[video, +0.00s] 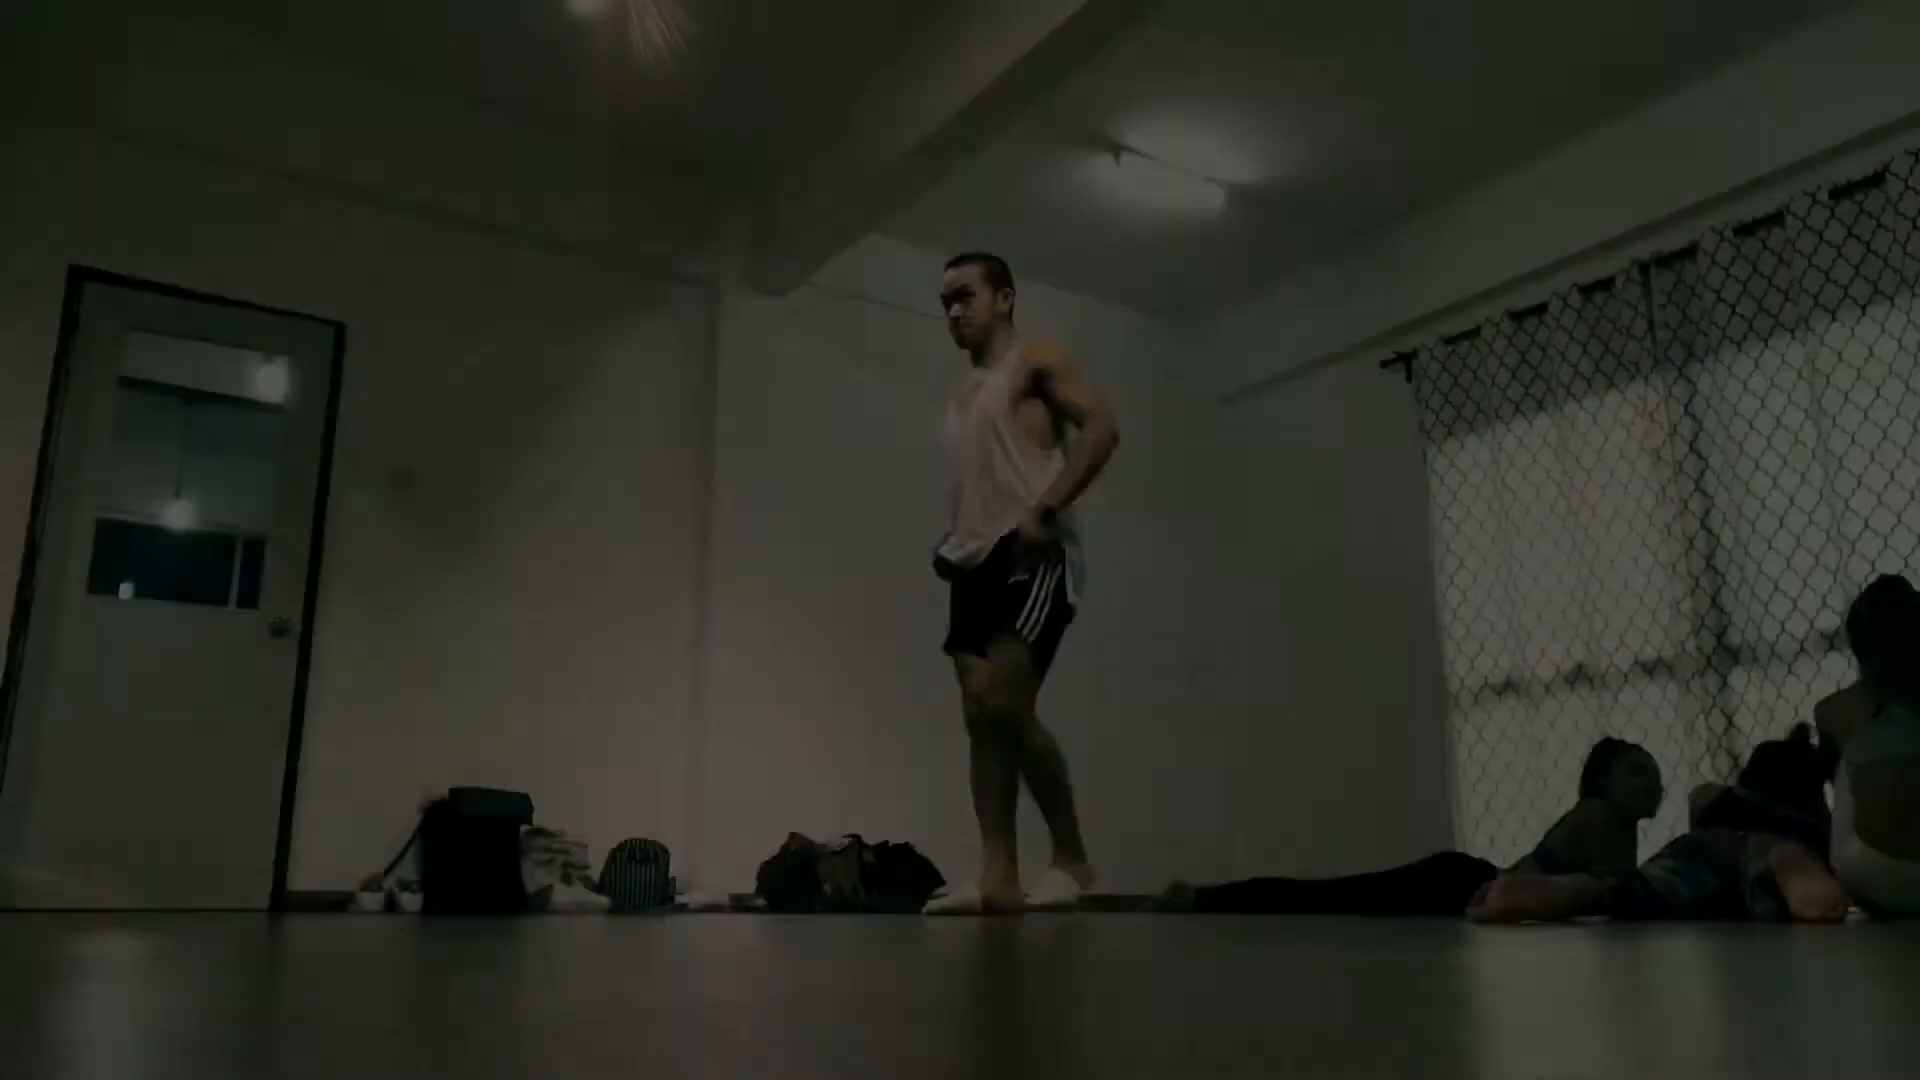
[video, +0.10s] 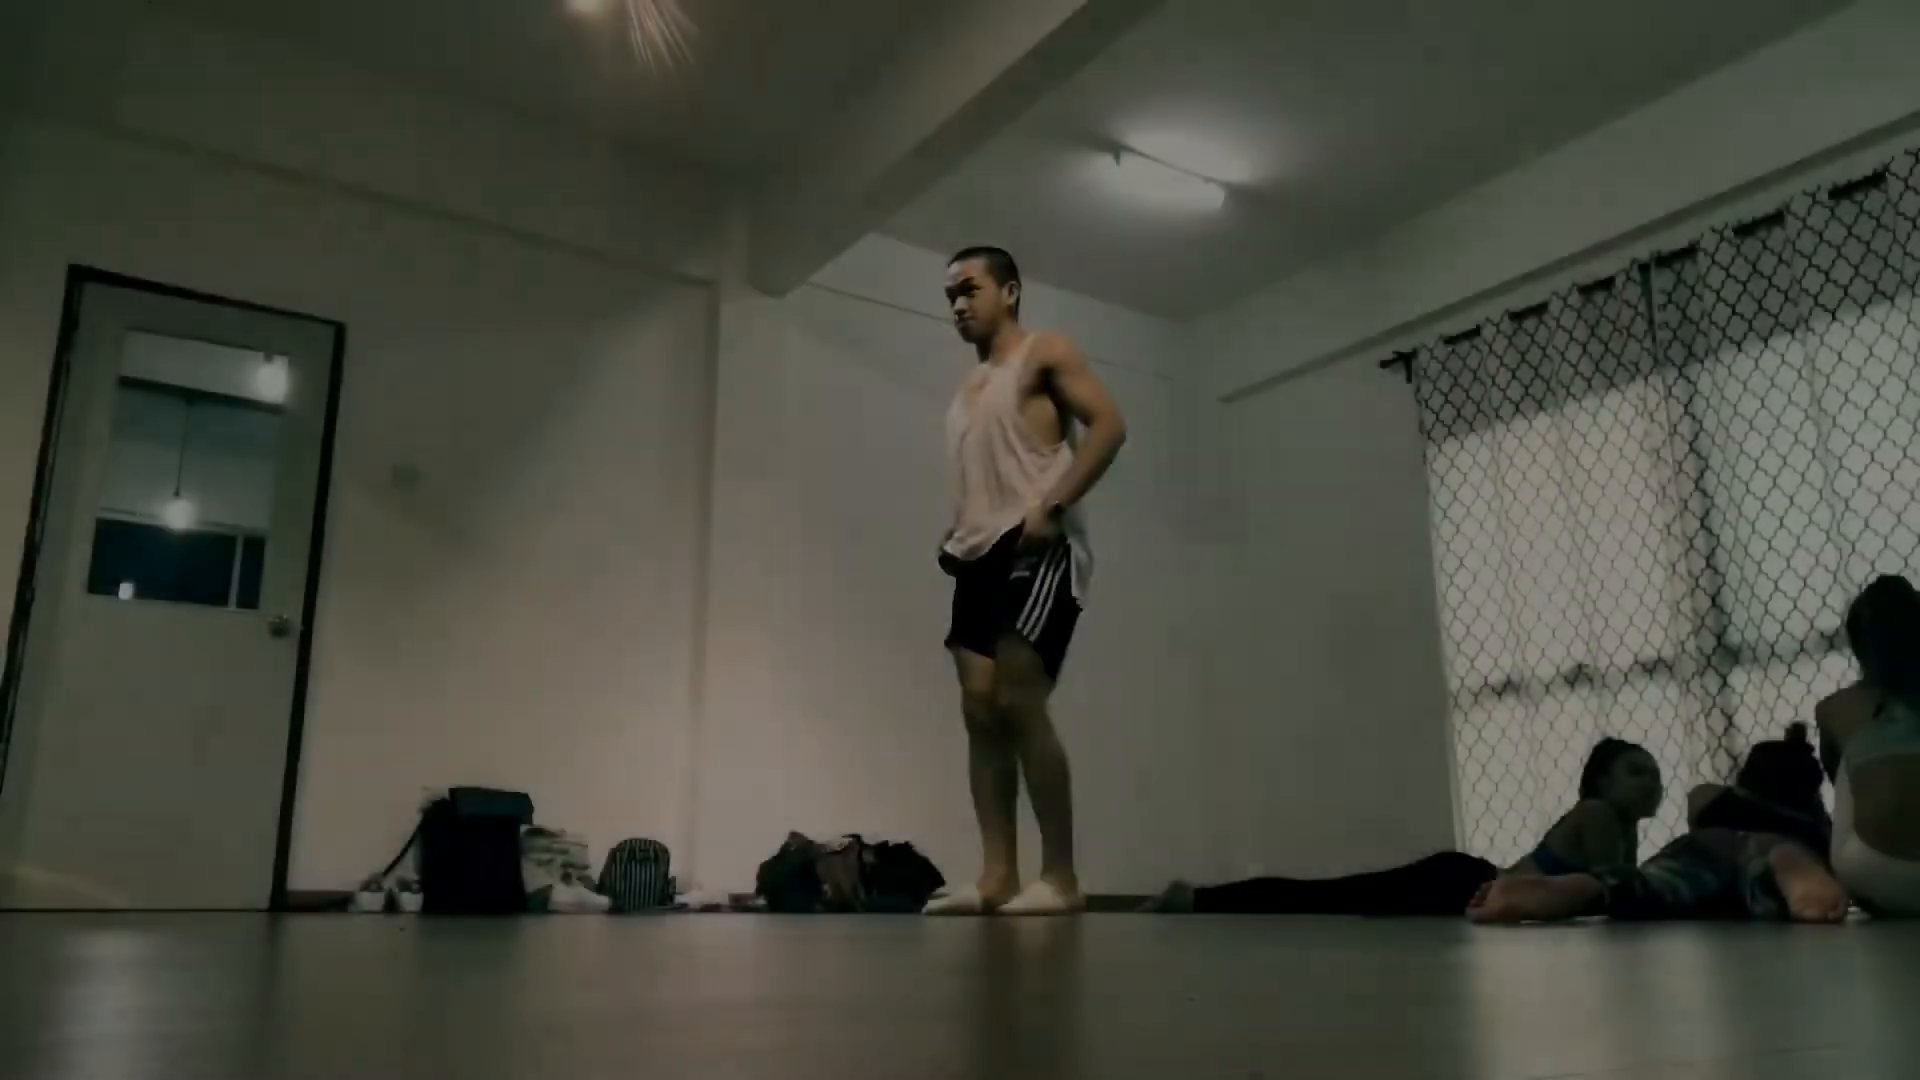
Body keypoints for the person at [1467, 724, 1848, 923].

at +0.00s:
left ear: (1750, 775)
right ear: (1812, 784)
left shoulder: (1714, 796)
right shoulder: (1811, 822)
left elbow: (1700, 807)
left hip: (1709, 846)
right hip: (1784, 847)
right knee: (1795, 873)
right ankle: (1815, 895)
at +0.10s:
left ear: (1746, 776)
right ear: (1811, 786)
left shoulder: (1711, 797)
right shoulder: (1815, 825)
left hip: (1711, 844)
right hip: (1784, 846)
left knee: (1647, 881)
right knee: (1788, 868)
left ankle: (1554, 891)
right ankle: (1809, 884)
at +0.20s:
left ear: (1746, 778)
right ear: (1810, 788)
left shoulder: (1709, 796)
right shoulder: (1816, 827)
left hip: (1712, 844)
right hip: (1786, 847)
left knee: (1649, 881)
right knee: (1785, 869)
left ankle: (1551, 890)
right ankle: (1806, 880)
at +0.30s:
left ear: (1747, 778)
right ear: (1812, 792)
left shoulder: (1708, 796)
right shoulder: (1815, 826)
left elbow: (1707, 837)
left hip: (1710, 846)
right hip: (1787, 845)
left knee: (1656, 881)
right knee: (1776, 873)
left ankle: (1563, 888)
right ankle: (1799, 875)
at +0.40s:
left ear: (1751, 777)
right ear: (1813, 789)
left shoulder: (1709, 796)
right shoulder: (1815, 823)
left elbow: (1698, 837)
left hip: (1711, 842)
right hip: (1786, 841)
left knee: (1655, 880)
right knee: (1778, 872)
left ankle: (1562, 888)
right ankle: (1801, 877)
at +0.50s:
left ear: (1758, 787)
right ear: (1817, 796)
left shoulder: (1719, 803)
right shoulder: (1816, 826)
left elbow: (1702, 795)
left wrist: (1698, 844)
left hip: (1715, 837)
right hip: (1787, 844)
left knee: (1654, 879)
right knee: (1779, 873)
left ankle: (1564, 887)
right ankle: (1800, 874)